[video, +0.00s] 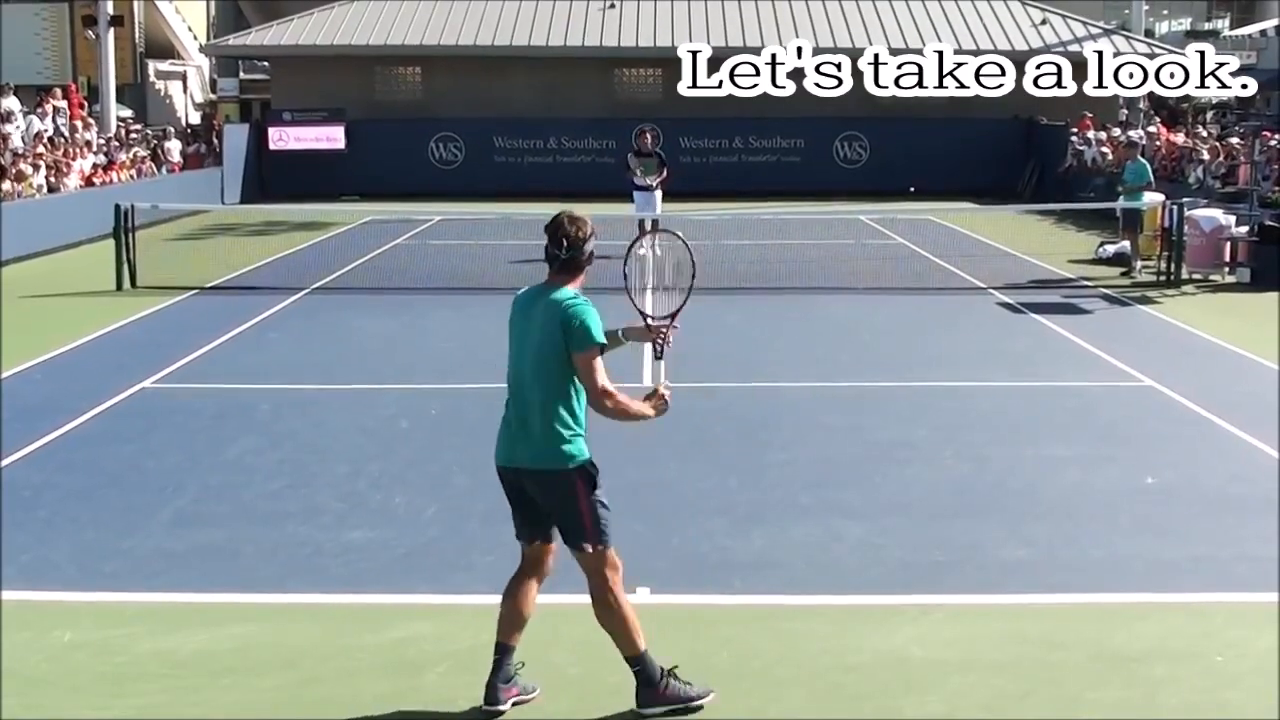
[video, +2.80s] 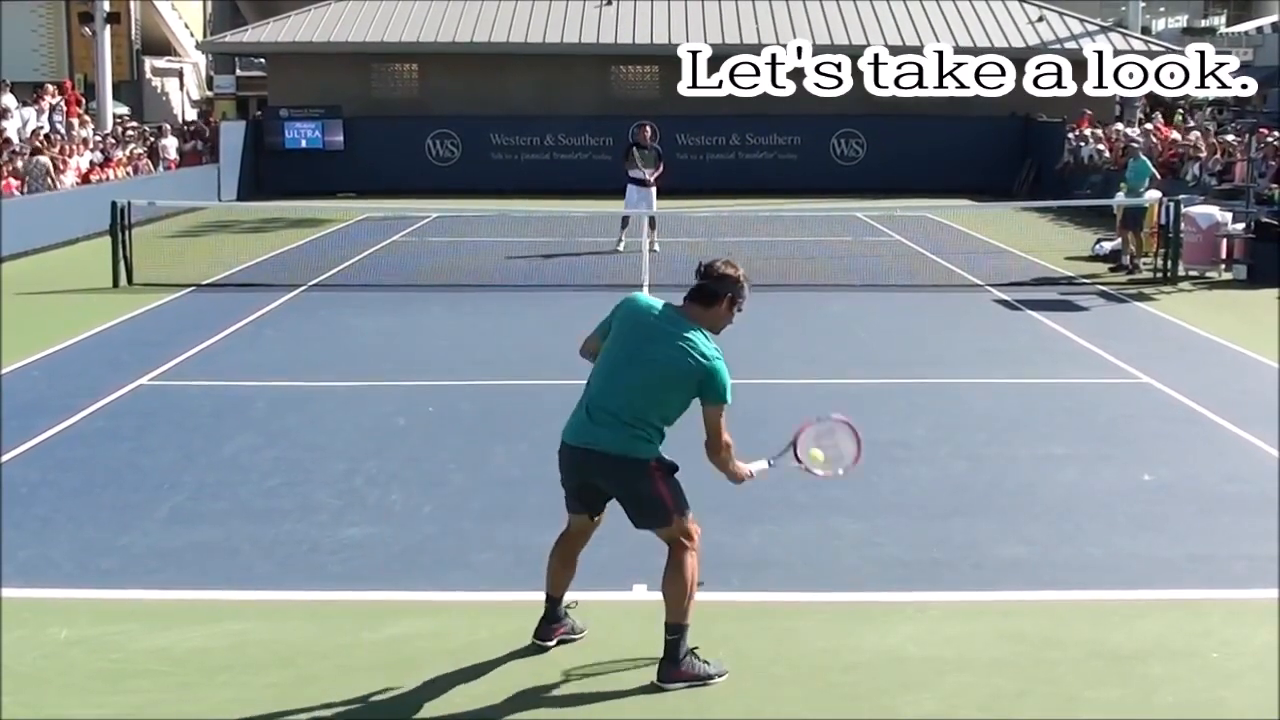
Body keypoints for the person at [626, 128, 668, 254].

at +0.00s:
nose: (646, 141)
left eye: (648, 138)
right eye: (643, 139)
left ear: (652, 140)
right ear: (638, 141)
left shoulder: (657, 154)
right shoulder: (633, 156)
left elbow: (664, 171)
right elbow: (630, 172)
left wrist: (656, 181)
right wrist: (636, 174)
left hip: (654, 189)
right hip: (640, 189)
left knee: (655, 217)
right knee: (641, 218)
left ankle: (655, 242)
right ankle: (643, 244)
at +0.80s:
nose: (650, 138)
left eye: (652, 136)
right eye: (647, 136)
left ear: (656, 138)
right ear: (643, 138)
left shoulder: (660, 154)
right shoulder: (636, 152)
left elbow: (664, 171)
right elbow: (631, 170)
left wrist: (656, 180)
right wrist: (639, 166)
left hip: (653, 187)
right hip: (638, 187)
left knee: (656, 215)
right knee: (632, 215)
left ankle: (659, 242)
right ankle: (627, 242)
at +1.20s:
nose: (650, 143)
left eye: (653, 141)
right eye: (648, 140)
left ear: (656, 143)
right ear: (643, 142)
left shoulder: (657, 159)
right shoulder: (637, 155)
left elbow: (661, 179)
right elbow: (633, 171)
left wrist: (674, 178)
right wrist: (647, 172)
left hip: (649, 190)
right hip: (634, 189)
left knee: (658, 215)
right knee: (629, 217)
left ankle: (663, 243)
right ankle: (615, 243)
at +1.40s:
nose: (659, 145)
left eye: (661, 142)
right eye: (657, 142)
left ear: (662, 144)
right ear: (651, 142)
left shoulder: (661, 160)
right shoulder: (640, 154)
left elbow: (671, 178)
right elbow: (626, 166)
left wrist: (688, 180)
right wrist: (631, 178)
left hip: (650, 189)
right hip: (637, 188)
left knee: (658, 215)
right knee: (634, 215)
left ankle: (662, 243)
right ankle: (619, 239)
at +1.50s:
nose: (661, 146)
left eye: (663, 144)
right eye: (659, 143)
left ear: (663, 146)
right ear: (652, 143)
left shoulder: (661, 162)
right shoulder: (639, 154)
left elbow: (663, 180)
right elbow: (625, 164)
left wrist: (674, 189)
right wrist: (626, 174)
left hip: (649, 189)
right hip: (635, 188)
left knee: (656, 215)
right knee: (636, 215)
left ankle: (661, 243)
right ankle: (626, 242)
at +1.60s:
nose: (660, 146)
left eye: (661, 143)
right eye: (658, 142)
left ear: (662, 145)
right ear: (651, 142)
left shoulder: (659, 162)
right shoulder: (637, 152)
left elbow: (656, 179)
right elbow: (623, 163)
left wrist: (662, 193)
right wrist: (623, 173)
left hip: (648, 189)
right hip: (633, 188)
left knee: (653, 216)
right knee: (634, 215)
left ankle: (661, 243)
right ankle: (629, 244)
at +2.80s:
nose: (645, 134)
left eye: (647, 131)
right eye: (643, 131)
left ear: (651, 134)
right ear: (638, 134)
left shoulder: (656, 150)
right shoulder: (632, 148)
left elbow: (660, 166)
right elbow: (627, 166)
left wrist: (652, 177)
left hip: (649, 184)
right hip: (633, 184)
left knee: (651, 213)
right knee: (627, 212)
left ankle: (653, 240)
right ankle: (621, 239)